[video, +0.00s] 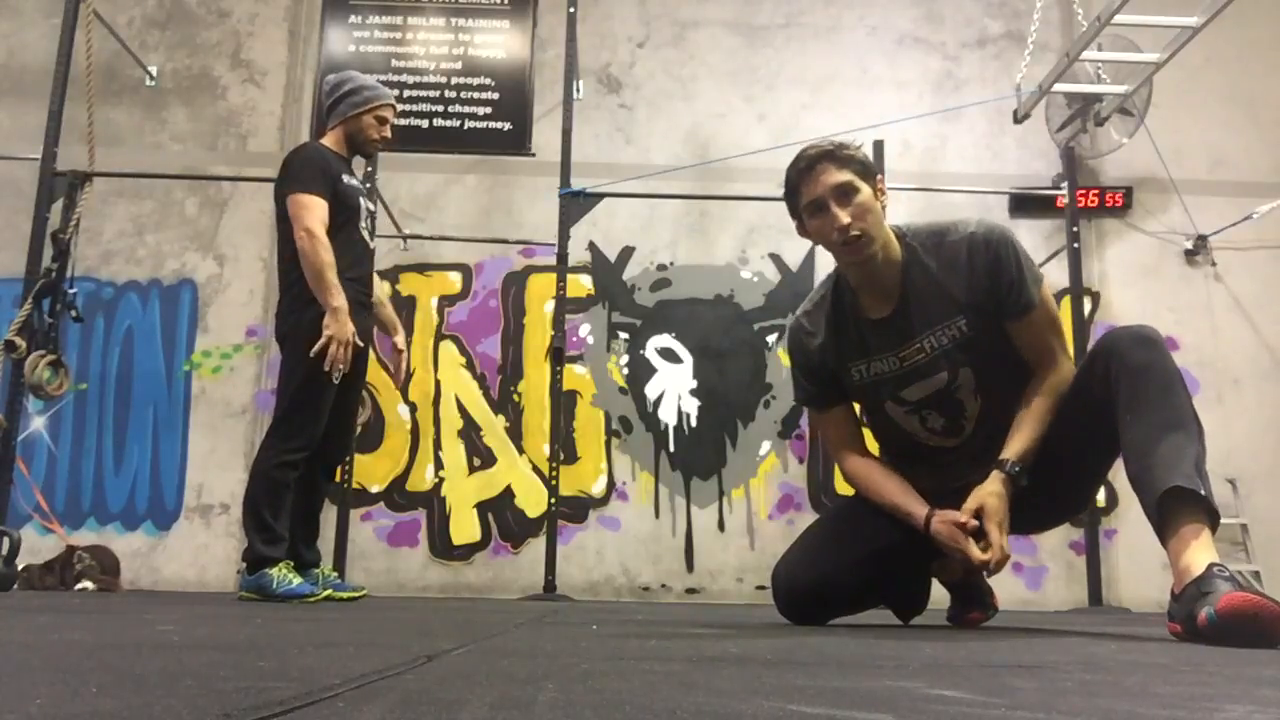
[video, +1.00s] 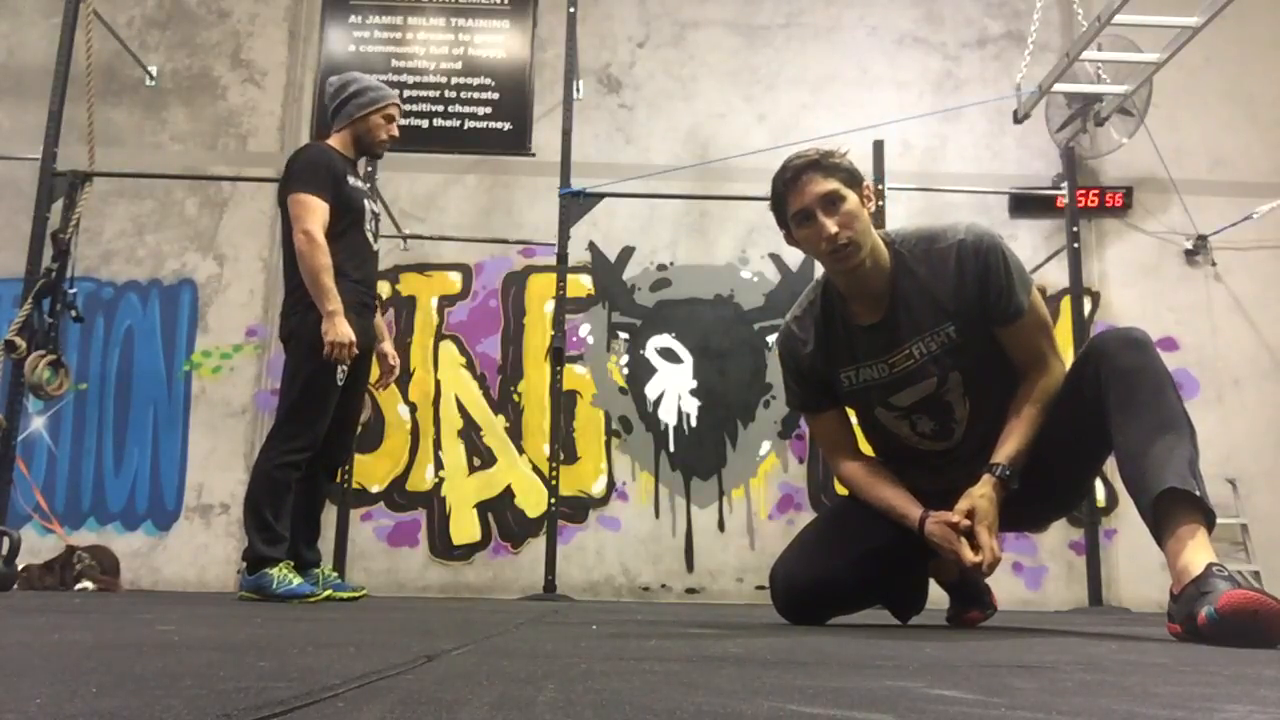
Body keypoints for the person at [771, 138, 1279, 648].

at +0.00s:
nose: (839, 221)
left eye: (846, 196)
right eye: (817, 214)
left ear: (879, 194)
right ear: (807, 235)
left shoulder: (982, 254)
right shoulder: (815, 333)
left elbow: (1055, 370)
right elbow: (848, 454)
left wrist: (1003, 478)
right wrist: (928, 518)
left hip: (1030, 470)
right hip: (922, 496)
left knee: (1134, 347)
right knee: (799, 591)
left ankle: (1197, 574)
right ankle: (946, 562)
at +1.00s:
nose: (826, 227)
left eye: (833, 203)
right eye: (805, 222)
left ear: (868, 198)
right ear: (796, 243)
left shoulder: (971, 257)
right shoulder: (804, 338)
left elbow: (1045, 372)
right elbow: (843, 456)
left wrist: (993, 483)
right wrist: (921, 521)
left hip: (1020, 471)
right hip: (914, 498)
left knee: (1123, 348)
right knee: (796, 590)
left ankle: (1195, 576)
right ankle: (941, 562)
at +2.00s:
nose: (822, 223)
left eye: (828, 200)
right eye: (800, 221)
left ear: (863, 195)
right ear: (793, 245)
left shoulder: (970, 259)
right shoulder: (804, 340)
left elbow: (1040, 379)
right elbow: (841, 456)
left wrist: (992, 485)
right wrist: (916, 516)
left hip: (1018, 472)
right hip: (913, 497)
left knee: (1120, 349)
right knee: (796, 590)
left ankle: (1195, 578)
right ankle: (940, 560)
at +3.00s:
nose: (817, 226)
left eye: (822, 202)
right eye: (795, 225)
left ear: (857, 196)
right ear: (789, 250)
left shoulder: (966, 260)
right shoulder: (800, 342)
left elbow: (1037, 378)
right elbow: (839, 457)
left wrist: (991, 486)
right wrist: (915, 517)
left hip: (1016, 470)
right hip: (910, 496)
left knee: (1118, 349)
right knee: (795, 591)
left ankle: (1195, 578)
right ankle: (934, 558)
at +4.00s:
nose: (820, 221)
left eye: (823, 199)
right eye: (797, 221)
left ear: (854, 197)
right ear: (788, 250)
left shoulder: (963, 259)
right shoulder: (800, 343)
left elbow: (1037, 378)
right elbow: (839, 458)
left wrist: (992, 488)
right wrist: (918, 519)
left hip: (1015, 469)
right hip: (911, 496)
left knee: (1115, 348)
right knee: (795, 591)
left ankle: (1195, 578)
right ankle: (934, 561)